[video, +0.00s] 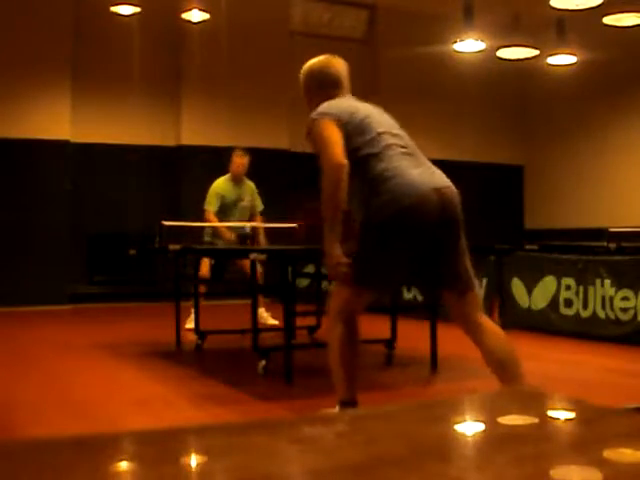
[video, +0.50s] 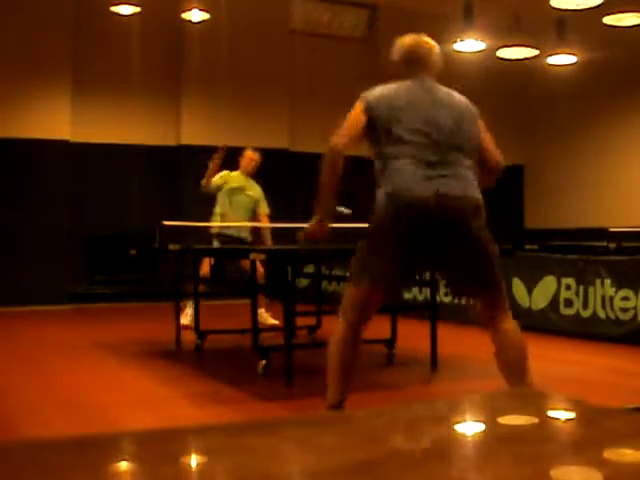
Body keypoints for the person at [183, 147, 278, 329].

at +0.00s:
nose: (239, 169)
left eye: (242, 165)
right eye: (236, 164)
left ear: (247, 167)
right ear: (230, 165)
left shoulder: (250, 187)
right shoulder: (219, 185)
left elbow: (257, 216)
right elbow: (209, 214)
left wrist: (261, 240)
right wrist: (224, 232)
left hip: (240, 239)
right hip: (216, 239)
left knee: (256, 271)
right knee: (204, 273)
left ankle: (260, 310)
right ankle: (194, 312)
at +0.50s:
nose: (251, 164)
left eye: (255, 162)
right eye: (249, 160)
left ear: (257, 165)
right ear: (241, 159)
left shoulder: (256, 189)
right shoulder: (227, 176)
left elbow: (263, 218)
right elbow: (207, 186)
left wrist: (267, 242)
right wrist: (213, 166)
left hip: (243, 238)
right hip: (220, 234)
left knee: (258, 273)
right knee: (205, 271)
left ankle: (260, 311)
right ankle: (190, 308)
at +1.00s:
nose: (210, 155)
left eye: (212, 152)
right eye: (207, 152)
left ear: (215, 154)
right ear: (198, 154)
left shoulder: (218, 178)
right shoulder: (187, 176)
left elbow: (231, 200)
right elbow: (182, 203)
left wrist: (248, 216)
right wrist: (205, 205)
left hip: (214, 235)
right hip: (192, 235)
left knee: (220, 271)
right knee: (188, 275)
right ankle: (182, 309)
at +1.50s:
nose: (190, 161)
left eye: (192, 157)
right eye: (186, 157)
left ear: (195, 160)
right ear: (177, 160)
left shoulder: (196, 185)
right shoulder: (165, 182)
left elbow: (203, 212)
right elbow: (157, 209)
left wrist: (211, 230)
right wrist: (174, 219)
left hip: (187, 236)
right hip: (165, 236)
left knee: (204, 270)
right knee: (156, 273)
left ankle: (205, 310)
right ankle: (138, 315)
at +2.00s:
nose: (177, 164)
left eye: (180, 161)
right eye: (174, 160)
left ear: (182, 163)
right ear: (164, 161)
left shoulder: (181, 185)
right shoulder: (152, 182)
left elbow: (184, 216)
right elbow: (148, 213)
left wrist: (189, 242)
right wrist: (160, 238)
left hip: (173, 236)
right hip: (150, 235)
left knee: (189, 272)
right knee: (148, 275)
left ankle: (198, 314)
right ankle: (133, 318)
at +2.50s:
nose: (186, 158)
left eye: (189, 154)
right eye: (183, 154)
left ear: (192, 158)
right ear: (174, 156)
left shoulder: (196, 183)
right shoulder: (162, 178)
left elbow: (205, 212)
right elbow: (144, 196)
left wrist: (214, 239)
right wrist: (140, 196)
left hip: (186, 239)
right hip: (163, 239)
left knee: (200, 272)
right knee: (154, 275)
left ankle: (199, 314)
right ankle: (136, 316)